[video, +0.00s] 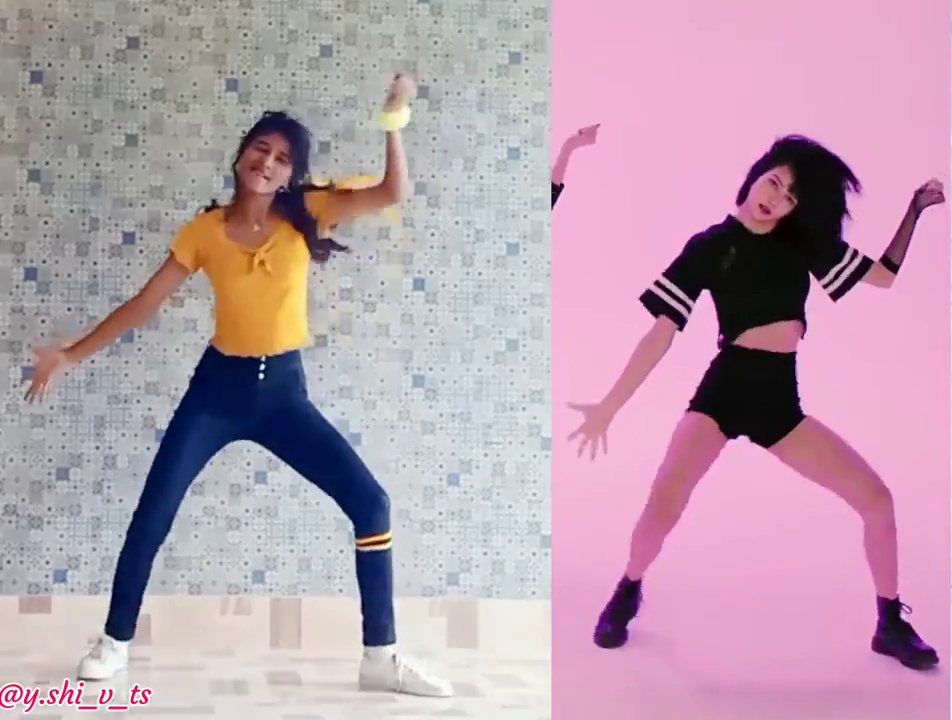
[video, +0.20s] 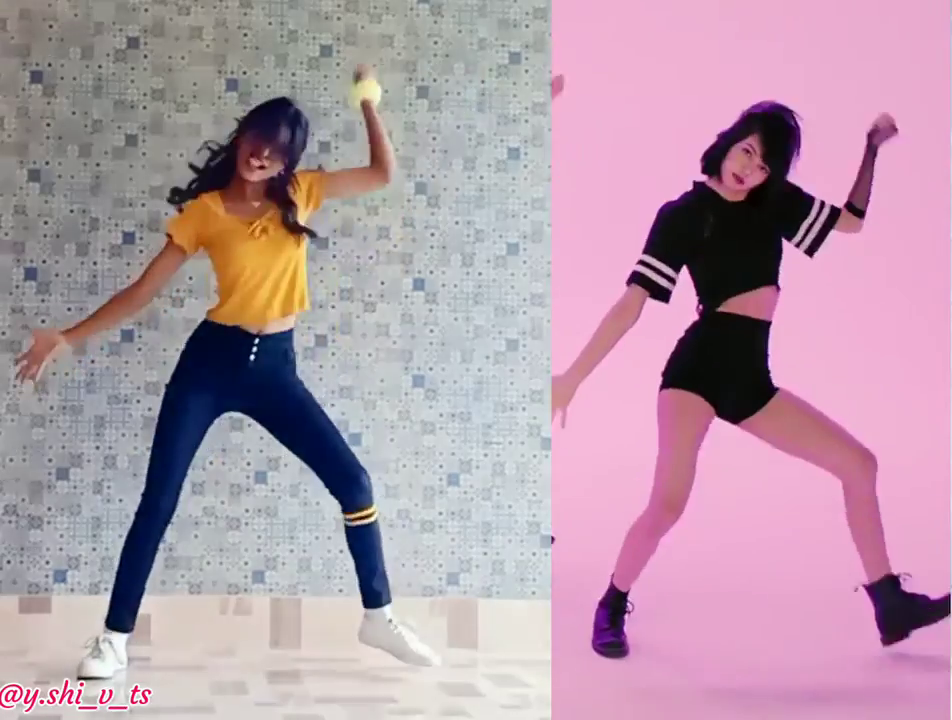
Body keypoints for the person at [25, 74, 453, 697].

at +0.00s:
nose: (264, 161)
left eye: (280, 158)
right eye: (258, 148)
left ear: (291, 176)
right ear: (240, 155)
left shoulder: (304, 212)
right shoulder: (205, 232)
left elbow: (391, 193)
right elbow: (143, 305)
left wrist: (394, 122)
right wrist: (68, 354)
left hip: (285, 400)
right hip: (214, 397)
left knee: (372, 505)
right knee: (152, 515)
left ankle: (380, 658)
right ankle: (112, 648)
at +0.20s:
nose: (262, 153)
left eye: (277, 149)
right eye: (258, 139)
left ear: (291, 159)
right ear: (241, 137)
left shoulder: (300, 192)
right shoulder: (206, 212)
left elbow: (381, 171)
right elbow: (140, 293)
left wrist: (369, 104)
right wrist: (65, 337)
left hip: (275, 371)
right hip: (209, 365)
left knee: (354, 483)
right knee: (159, 501)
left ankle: (379, 615)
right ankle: (113, 639)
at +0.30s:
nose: (285, 151)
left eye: (298, 146)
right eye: (278, 139)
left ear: (309, 158)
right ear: (258, 143)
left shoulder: (317, 217)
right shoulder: (219, 214)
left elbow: (370, 269)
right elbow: (158, 297)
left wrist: (367, 218)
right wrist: (83, 342)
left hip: (289, 376)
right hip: (223, 374)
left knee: (351, 507)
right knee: (162, 505)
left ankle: (372, 634)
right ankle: (114, 642)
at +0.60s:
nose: (312, 148)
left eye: (322, 141)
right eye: (302, 139)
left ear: (337, 154)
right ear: (283, 150)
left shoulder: (339, 226)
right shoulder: (246, 202)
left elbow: (320, 317)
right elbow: (184, 279)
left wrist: (353, 289)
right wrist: (115, 330)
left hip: (306, 378)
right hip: (239, 375)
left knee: (355, 512)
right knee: (159, 490)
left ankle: (368, 641)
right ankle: (117, 621)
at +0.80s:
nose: (241, 121)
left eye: (249, 112)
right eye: (227, 116)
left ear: (265, 128)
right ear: (210, 136)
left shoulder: (288, 202)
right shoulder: (186, 202)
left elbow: (333, 275)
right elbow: (131, 281)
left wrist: (383, 334)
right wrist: (66, 340)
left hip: (267, 364)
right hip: (202, 365)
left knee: (329, 494)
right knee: (157, 509)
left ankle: (369, 628)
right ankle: (95, 644)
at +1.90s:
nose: (270, 146)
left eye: (279, 137)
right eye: (257, 137)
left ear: (291, 151)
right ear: (237, 149)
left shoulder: (300, 225)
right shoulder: (222, 206)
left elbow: (316, 322)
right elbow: (181, 294)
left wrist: (370, 367)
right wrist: (126, 368)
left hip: (285, 376)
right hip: (234, 373)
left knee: (346, 508)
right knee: (206, 528)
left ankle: (294, 643)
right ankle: (95, 615)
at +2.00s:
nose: (291, 141)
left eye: (300, 131)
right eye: (277, 132)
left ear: (312, 143)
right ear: (259, 143)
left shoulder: (324, 216)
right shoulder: (241, 198)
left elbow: (314, 309)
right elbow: (208, 290)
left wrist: (365, 287)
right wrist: (179, 373)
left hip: (312, 361)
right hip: (261, 363)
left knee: (350, 506)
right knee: (325, 503)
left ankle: (294, 643)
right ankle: (207, 580)